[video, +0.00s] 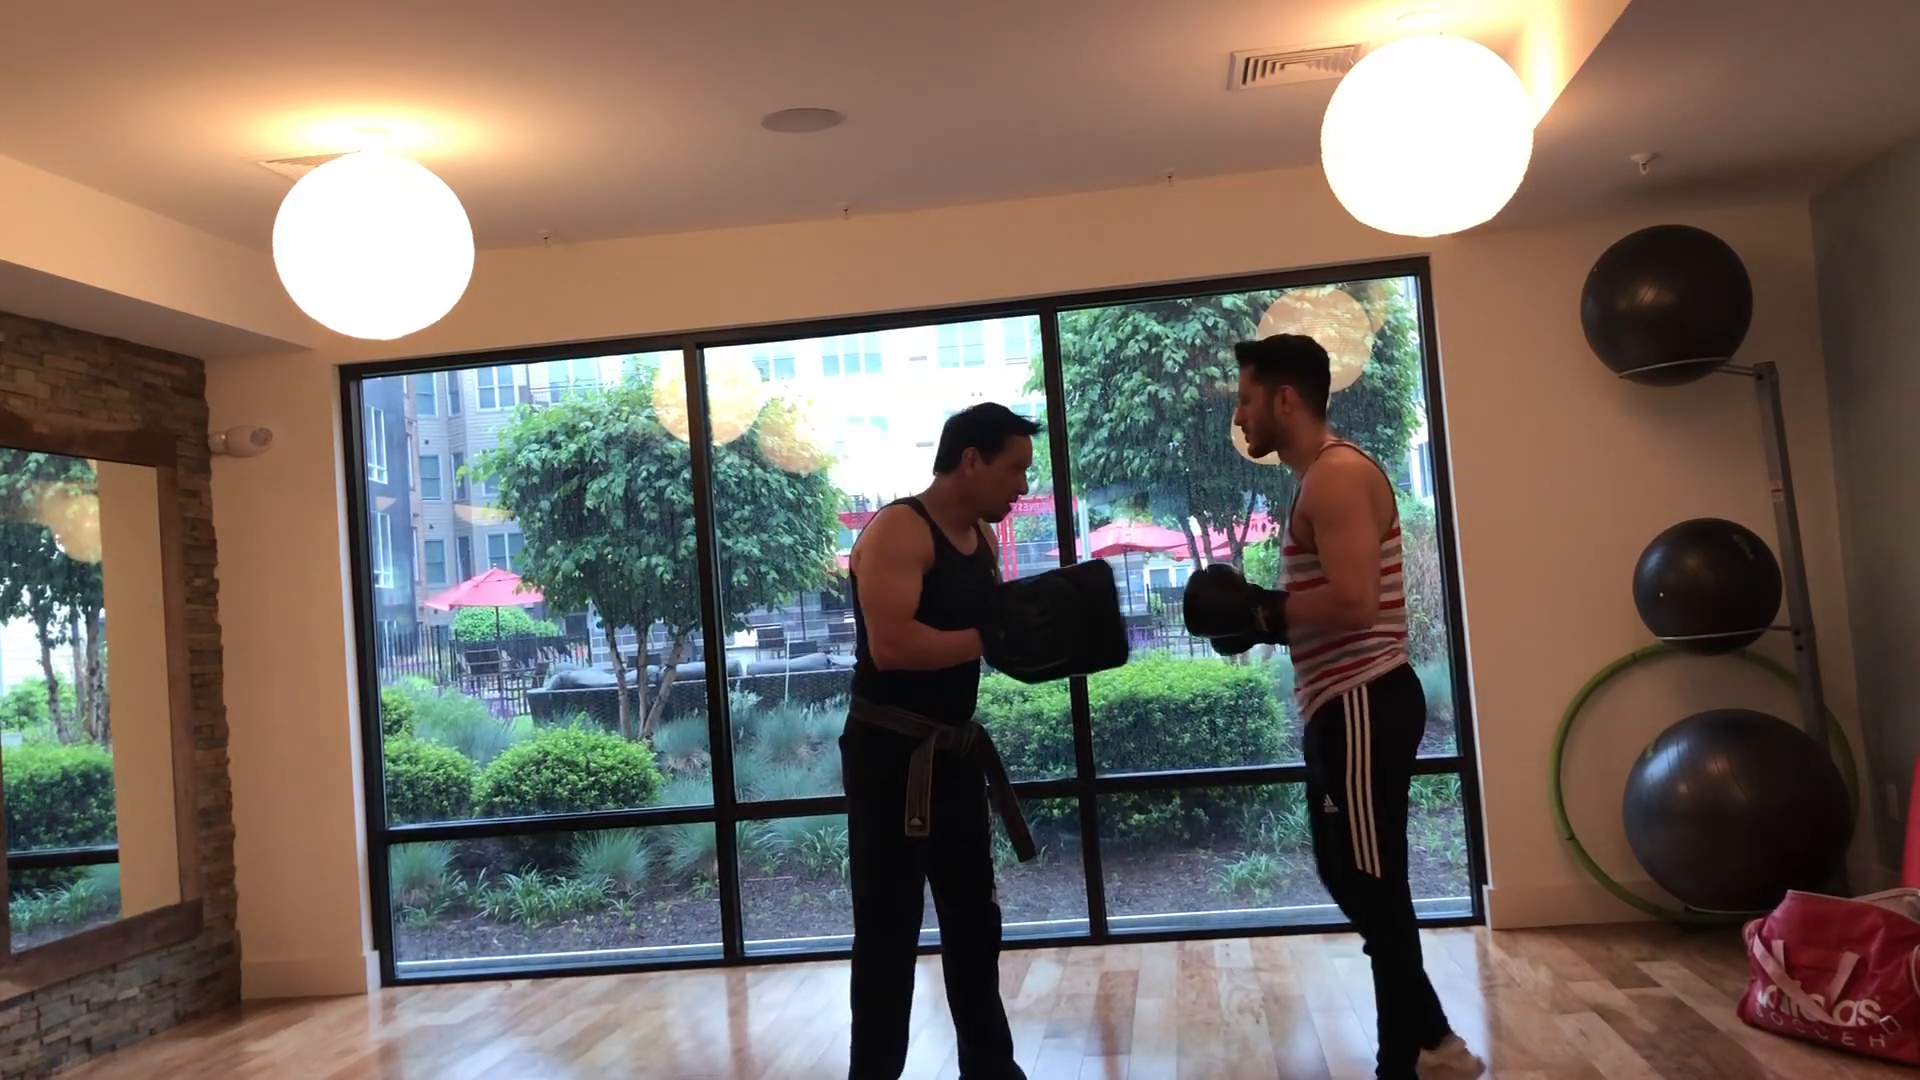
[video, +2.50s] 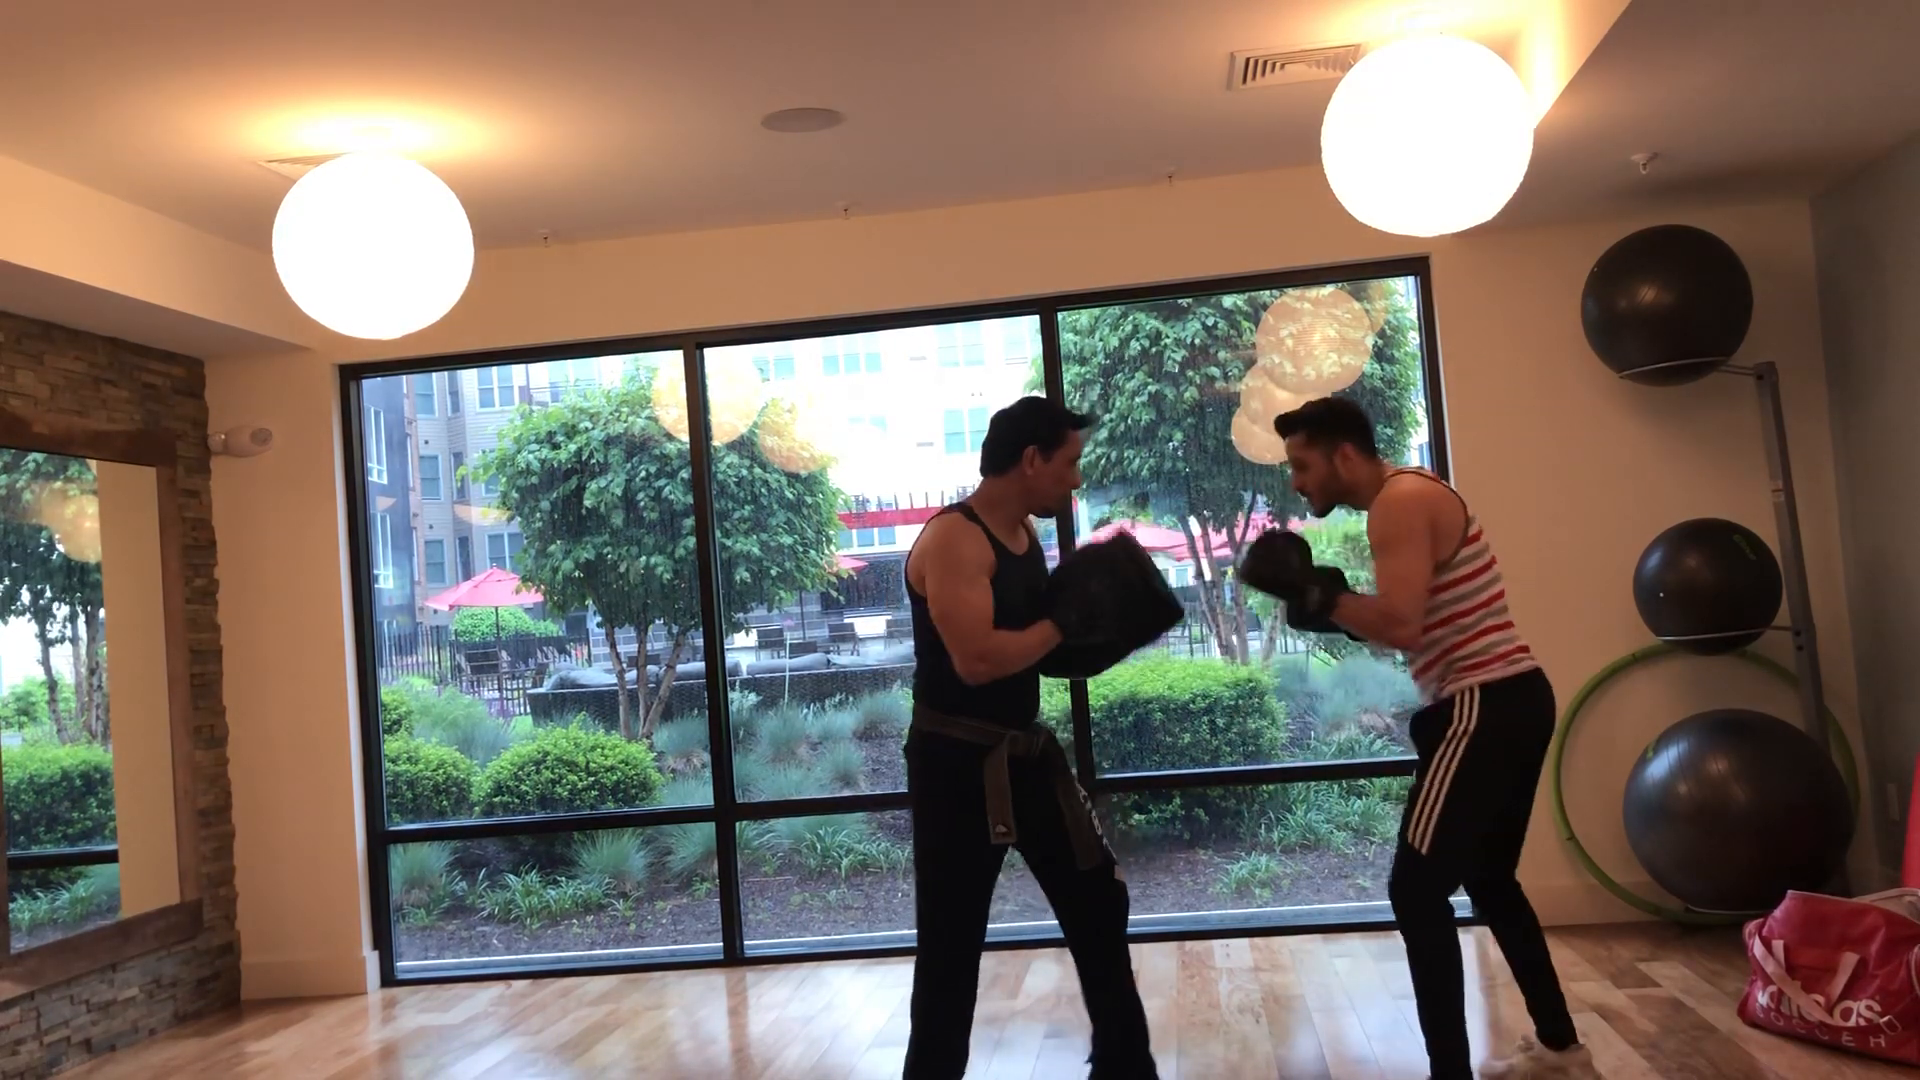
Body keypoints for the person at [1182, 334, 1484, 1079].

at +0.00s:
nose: (1237, 413)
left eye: (1245, 398)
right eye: (1238, 399)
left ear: (1283, 397)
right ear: (1291, 400)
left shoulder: (1337, 475)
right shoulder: (1321, 478)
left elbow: (1354, 603)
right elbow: (1337, 597)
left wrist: (1263, 613)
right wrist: (1261, 608)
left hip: (1365, 698)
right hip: (1343, 699)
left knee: (1370, 879)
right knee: (1348, 874)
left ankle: (1402, 1062)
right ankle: (1432, 1041)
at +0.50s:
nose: (1242, 459)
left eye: (1245, 441)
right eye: (1238, 446)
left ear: (1281, 425)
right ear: (1304, 426)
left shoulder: (1305, 472)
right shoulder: (1370, 468)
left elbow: (1347, 571)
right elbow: (1360, 598)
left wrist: (1271, 599)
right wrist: (1277, 592)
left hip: (1396, 693)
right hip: (1446, 685)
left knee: (1345, 889)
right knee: (1441, 881)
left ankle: (1382, 1069)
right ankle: (1457, 1048)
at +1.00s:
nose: (1241, 534)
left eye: (1243, 516)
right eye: (1236, 519)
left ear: (1286, 504)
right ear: (1296, 503)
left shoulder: (1334, 546)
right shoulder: (1375, 531)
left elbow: (1307, 680)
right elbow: (1335, 676)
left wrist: (1239, 630)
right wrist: (1257, 618)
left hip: (1459, 731)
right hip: (1498, 724)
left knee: (1344, 902)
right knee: (1429, 885)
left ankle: (1412, 1072)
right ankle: (1477, 1043)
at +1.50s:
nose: (1228, 532)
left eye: (1231, 514)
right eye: (1226, 516)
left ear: (1269, 510)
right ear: (1283, 509)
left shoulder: (1359, 569)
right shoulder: (1337, 565)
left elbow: (1307, 717)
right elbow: (1373, 660)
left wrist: (1243, 648)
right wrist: (1270, 686)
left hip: (1505, 736)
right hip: (1461, 739)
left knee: (1432, 910)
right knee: (1406, 887)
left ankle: (1454, 1069)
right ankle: (1458, 1054)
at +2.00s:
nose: (1267, 524)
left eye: (1270, 505)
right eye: (1261, 510)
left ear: (1313, 488)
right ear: (1318, 491)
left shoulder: (1337, 532)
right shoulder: (1389, 527)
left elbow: (1380, 635)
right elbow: (1371, 681)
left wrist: (1293, 680)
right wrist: (1300, 628)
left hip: (1462, 715)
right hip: (1511, 710)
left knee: (1354, 895)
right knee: (1440, 879)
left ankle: (1430, 1070)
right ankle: (1483, 1048)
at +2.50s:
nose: (1295, 482)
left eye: (1300, 465)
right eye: (1291, 468)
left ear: (1344, 455)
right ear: (1348, 457)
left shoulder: (1399, 502)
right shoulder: (1417, 493)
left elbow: (1402, 624)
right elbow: (1417, 623)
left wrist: (1320, 592)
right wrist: (1338, 604)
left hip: (1482, 706)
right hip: (1511, 698)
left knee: (1414, 890)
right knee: (1490, 877)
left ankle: (1449, 1072)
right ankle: (1556, 1032)